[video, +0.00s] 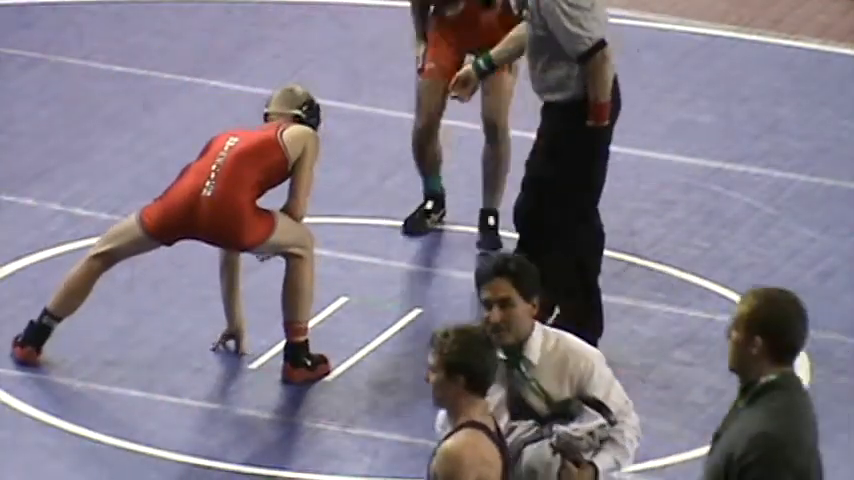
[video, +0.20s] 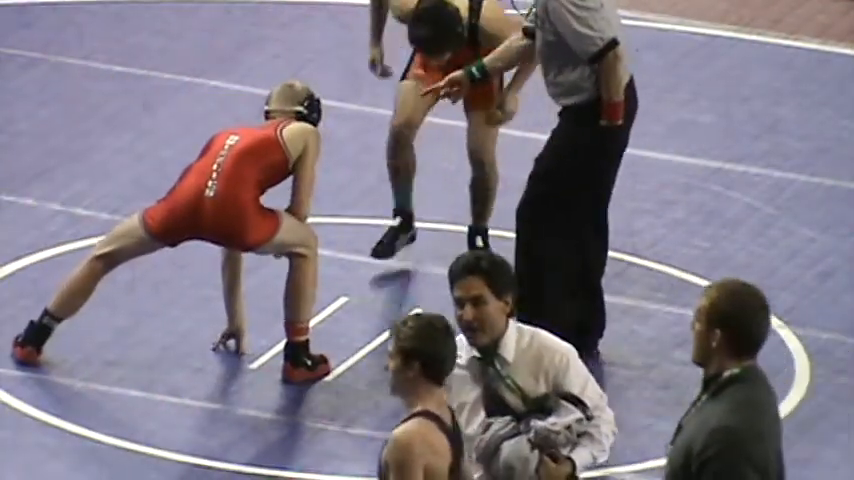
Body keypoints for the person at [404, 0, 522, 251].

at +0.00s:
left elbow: (530, 19)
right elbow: (420, 4)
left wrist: (485, 62)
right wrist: (421, 40)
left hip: (498, 24)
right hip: (446, 24)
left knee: (496, 126)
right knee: (424, 125)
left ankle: (489, 217)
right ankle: (433, 201)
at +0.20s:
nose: (432, 64)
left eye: (437, 57)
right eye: (426, 56)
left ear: (455, 40)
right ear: (415, 30)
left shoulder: (489, 25)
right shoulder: (406, 11)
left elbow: (534, 44)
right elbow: (379, 0)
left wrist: (513, 91)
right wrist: (376, 44)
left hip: (482, 61)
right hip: (429, 55)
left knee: (482, 156)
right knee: (400, 130)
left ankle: (479, 235)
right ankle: (403, 221)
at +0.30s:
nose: (419, 86)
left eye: (426, 78)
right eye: (413, 79)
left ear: (444, 58)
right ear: (402, 58)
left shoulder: (477, 45)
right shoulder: (394, 32)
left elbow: (526, 91)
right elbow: (360, 31)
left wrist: (494, 148)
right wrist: (355, 92)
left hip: (471, 73)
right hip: (419, 70)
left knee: (482, 168)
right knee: (399, 155)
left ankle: (477, 237)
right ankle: (384, 250)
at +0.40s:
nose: (401, 107)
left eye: (410, 100)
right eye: (397, 98)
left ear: (433, 84)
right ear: (391, 83)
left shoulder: (461, 68)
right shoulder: (380, 62)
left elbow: (498, 157)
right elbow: (335, 81)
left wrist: (468, 210)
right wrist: (342, 143)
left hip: (458, 90)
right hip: (404, 95)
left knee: (502, 174)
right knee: (388, 170)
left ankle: (492, 229)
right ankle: (378, 266)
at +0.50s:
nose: (393, 128)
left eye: (401, 121)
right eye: (390, 119)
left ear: (422, 110)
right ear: (383, 101)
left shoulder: (451, 105)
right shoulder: (370, 90)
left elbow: (468, 192)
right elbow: (322, 115)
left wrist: (456, 260)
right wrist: (326, 171)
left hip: (452, 88)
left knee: (500, 183)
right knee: (385, 175)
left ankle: (542, 248)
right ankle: (379, 268)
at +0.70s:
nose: (389, 130)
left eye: (397, 123)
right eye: (385, 121)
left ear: (420, 110)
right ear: (379, 107)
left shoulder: (452, 110)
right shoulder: (367, 101)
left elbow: (479, 193)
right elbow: (334, 153)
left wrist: (461, 261)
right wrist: (330, 192)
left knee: (516, 196)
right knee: (392, 182)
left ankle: (579, 250)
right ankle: (382, 269)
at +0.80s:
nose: (387, 119)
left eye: (396, 111)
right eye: (382, 110)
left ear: (421, 99)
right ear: (376, 99)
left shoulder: (455, 97)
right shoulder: (369, 106)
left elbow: (496, 162)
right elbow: (350, 162)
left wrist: (475, 225)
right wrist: (349, 200)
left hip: (460, 123)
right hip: (410, 123)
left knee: (523, 196)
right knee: (391, 186)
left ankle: (576, 248)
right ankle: (383, 270)